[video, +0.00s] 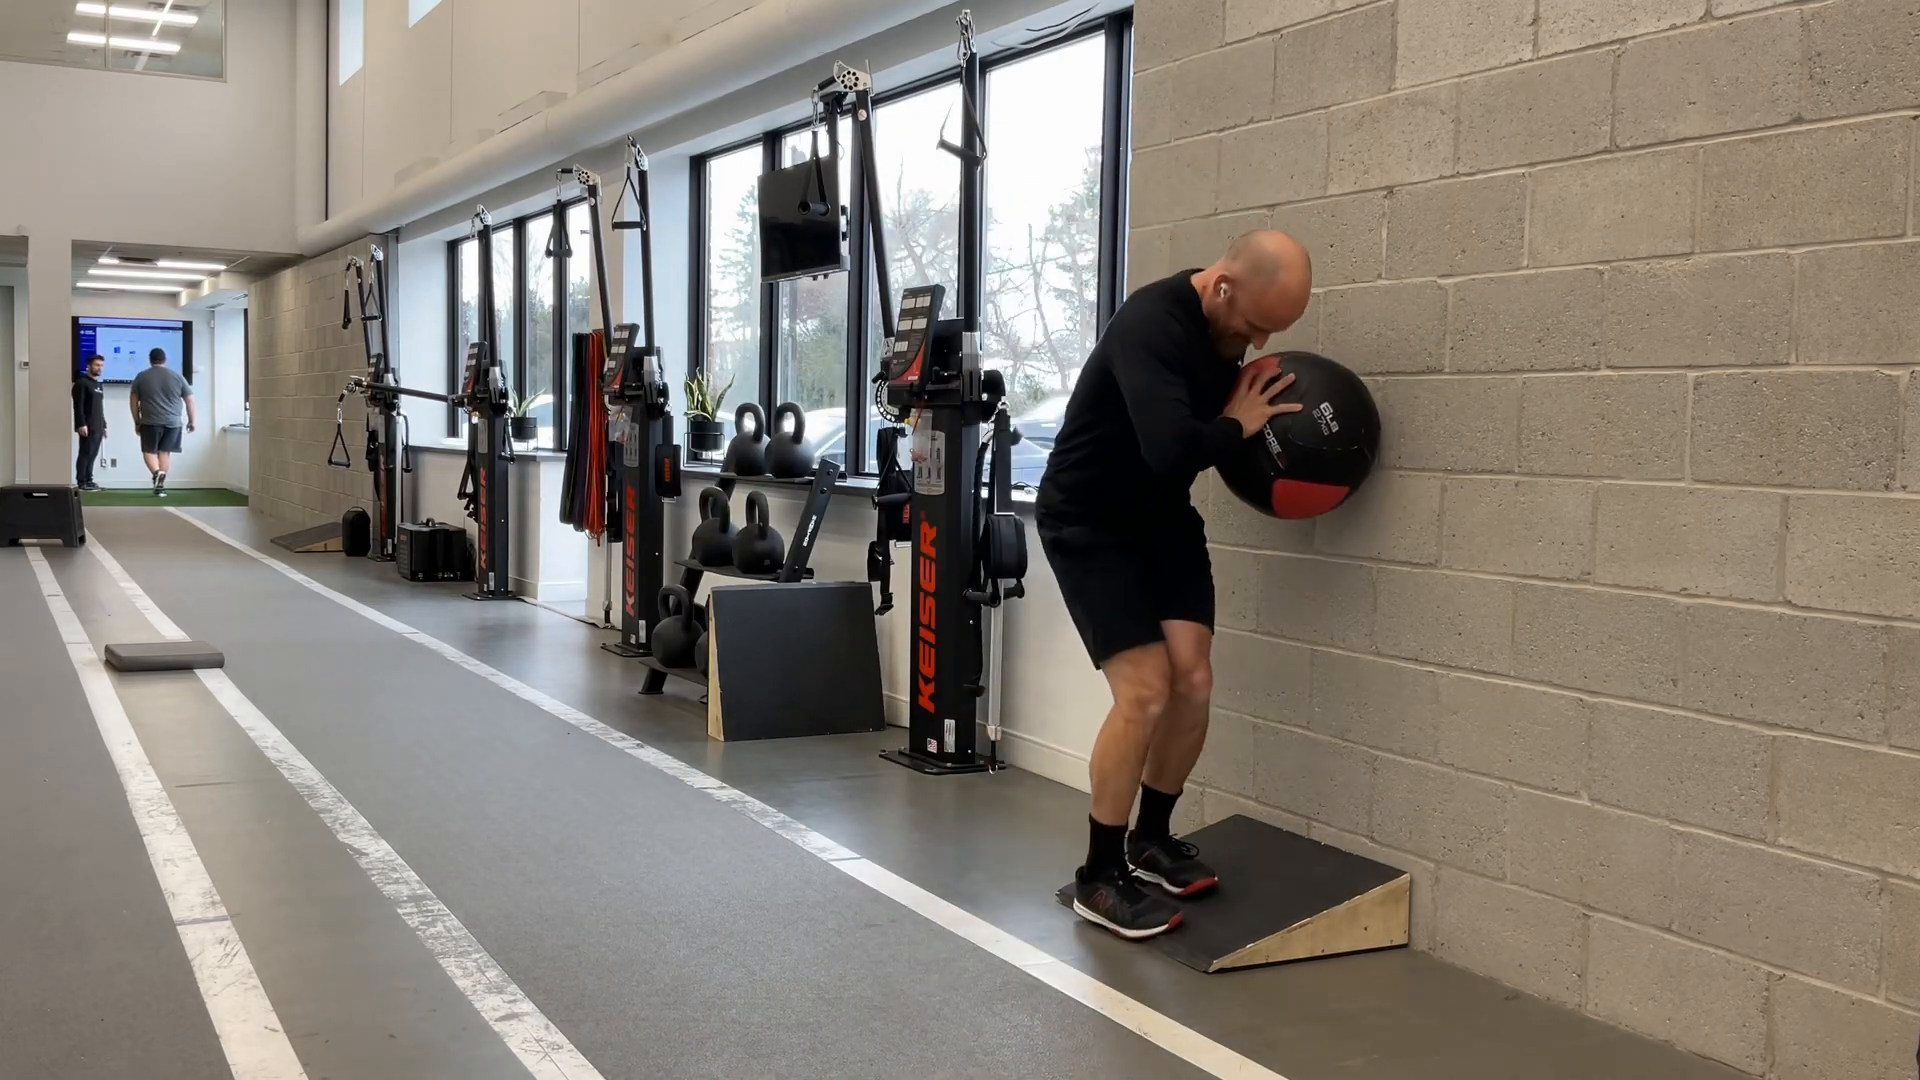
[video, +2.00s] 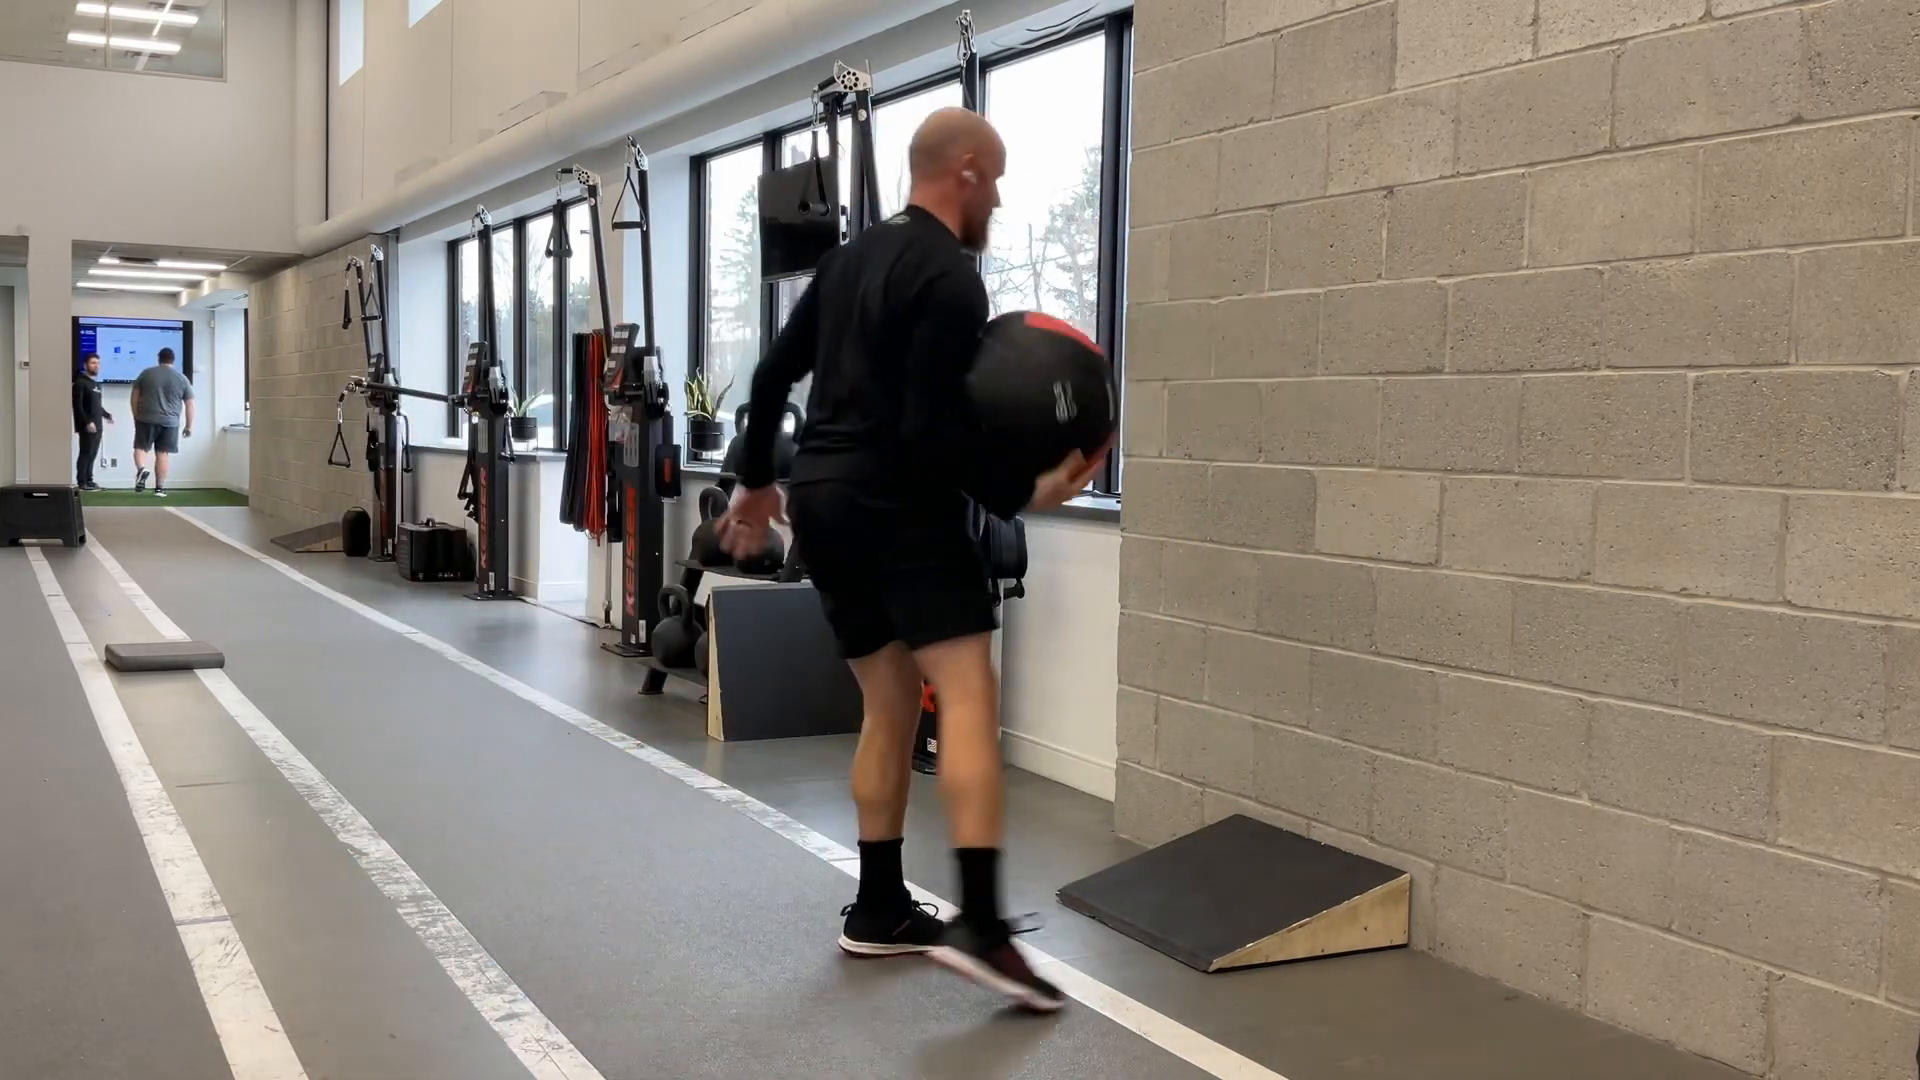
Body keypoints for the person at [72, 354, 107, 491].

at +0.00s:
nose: (99, 368)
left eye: (101, 366)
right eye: (97, 365)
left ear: (102, 367)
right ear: (89, 366)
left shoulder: (98, 385)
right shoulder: (81, 383)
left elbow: (99, 408)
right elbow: (78, 406)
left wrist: (103, 424)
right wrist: (81, 424)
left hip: (98, 425)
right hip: (88, 425)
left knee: (92, 454)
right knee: (85, 454)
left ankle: (89, 479)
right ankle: (82, 481)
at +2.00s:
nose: (96, 366)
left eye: (97, 363)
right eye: (93, 363)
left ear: (99, 365)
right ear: (86, 365)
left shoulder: (96, 384)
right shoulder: (80, 382)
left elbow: (96, 405)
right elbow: (78, 406)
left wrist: (106, 415)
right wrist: (87, 421)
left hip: (96, 423)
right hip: (86, 424)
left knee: (92, 453)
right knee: (86, 453)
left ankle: (89, 479)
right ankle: (82, 481)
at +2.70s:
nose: (91, 366)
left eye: (90, 363)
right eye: (89, 363)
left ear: (81, 365)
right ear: (84, 365)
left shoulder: (78, 381)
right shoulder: (80, 384)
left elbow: (81, 406)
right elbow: (82, 407)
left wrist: (96, 406)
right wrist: (98, 407)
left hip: (81, 425)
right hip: (82, 426)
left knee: (86, 450)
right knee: (85, 450)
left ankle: (81, 479)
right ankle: (81, 481)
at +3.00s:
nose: (81, 366)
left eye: (81, 363)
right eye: (79, 364)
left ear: (74, 367)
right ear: (74, 367)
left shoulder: (73, 383)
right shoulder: (75, 385)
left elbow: (79, 406)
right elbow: (81, 407)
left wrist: (91, 403)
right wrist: (94, 404)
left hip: (76, 425)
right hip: (79, 426)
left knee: (77, 455)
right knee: (78, 455)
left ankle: (81, 481)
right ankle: (81, 482)